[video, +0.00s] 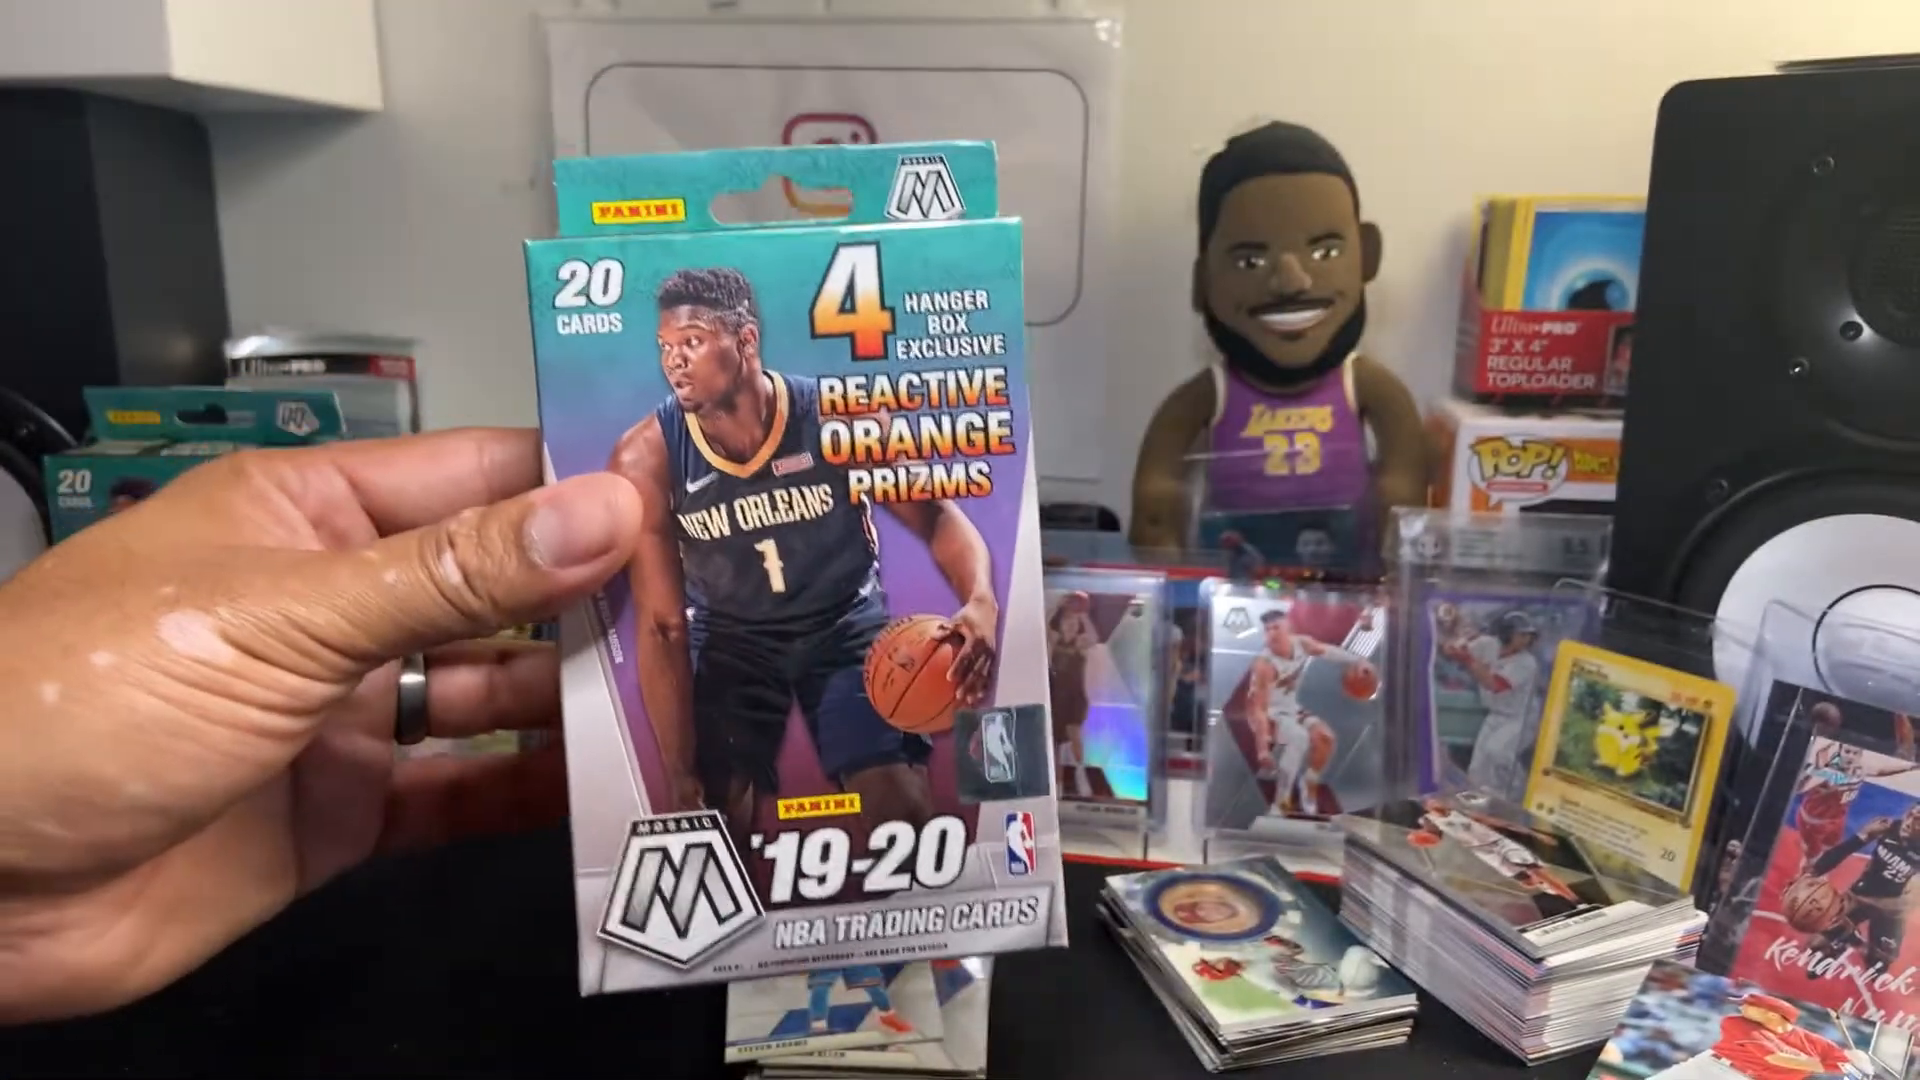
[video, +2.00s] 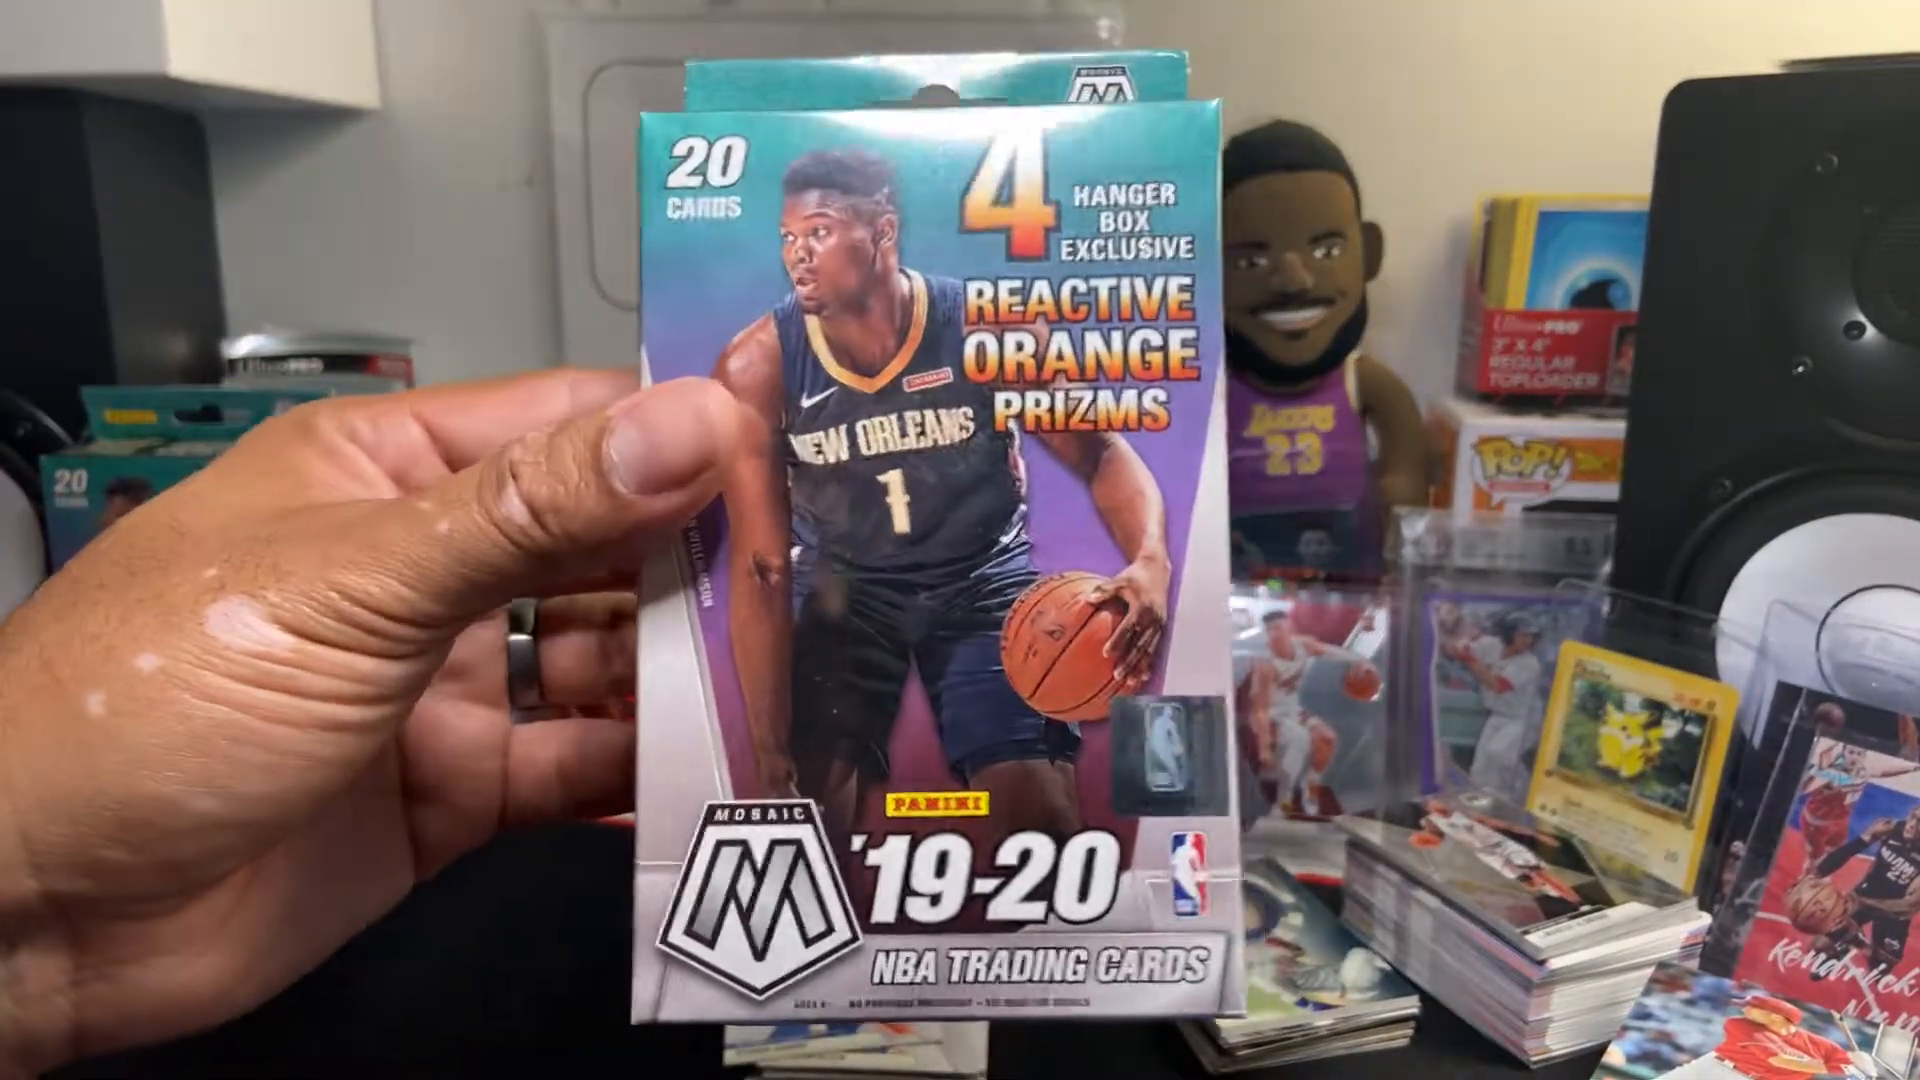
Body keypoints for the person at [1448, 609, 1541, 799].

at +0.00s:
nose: (1526, 640)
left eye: (1529, 636)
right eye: (1522, 635)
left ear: (1532, 638)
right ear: (1509, 634)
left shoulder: (1527, 662)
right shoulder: (1489, 645)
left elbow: (1496, 684)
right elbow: (1457, 651)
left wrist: (1471, 662)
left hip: (1517, 721)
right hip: (1494, 717)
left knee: (1496, 750)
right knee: (1479, 756)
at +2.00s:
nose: (1528, 641)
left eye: (1531, 636)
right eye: (1523, 635)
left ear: (1534, 639)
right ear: (1511, 634)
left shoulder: (1530, 664)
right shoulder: (1492, 646)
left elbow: (1500, 685)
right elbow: (1461, 651)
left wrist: (1472, 662)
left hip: (1520, 720)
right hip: (1497, 716)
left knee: (1498, 752)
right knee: (1483, 752)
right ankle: (1478, 794)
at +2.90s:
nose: (1531, 642)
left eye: (1534, 637)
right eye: (1527, 635)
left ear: (1537, 639)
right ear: (1514, 634)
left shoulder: (1533, 664)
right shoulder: (1494, 646)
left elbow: (1502, 685)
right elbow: (1460, 651)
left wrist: (1475, 662)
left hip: (1520, 723)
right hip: (1498, 719)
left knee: (1501, 755)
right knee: (1484, 757)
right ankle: (1480, 798)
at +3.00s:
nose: (1531, 642)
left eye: (1533, 637)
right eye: (1527, 637)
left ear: (1535, 641)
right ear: (1516, 638)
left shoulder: (1534, 664)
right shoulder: (1503, 656)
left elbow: (1504, 685)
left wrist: (1480, 668)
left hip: (1525, 723)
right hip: (1502, 720)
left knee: (1504, 755)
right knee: (1489, 755)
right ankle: (1484, 798)